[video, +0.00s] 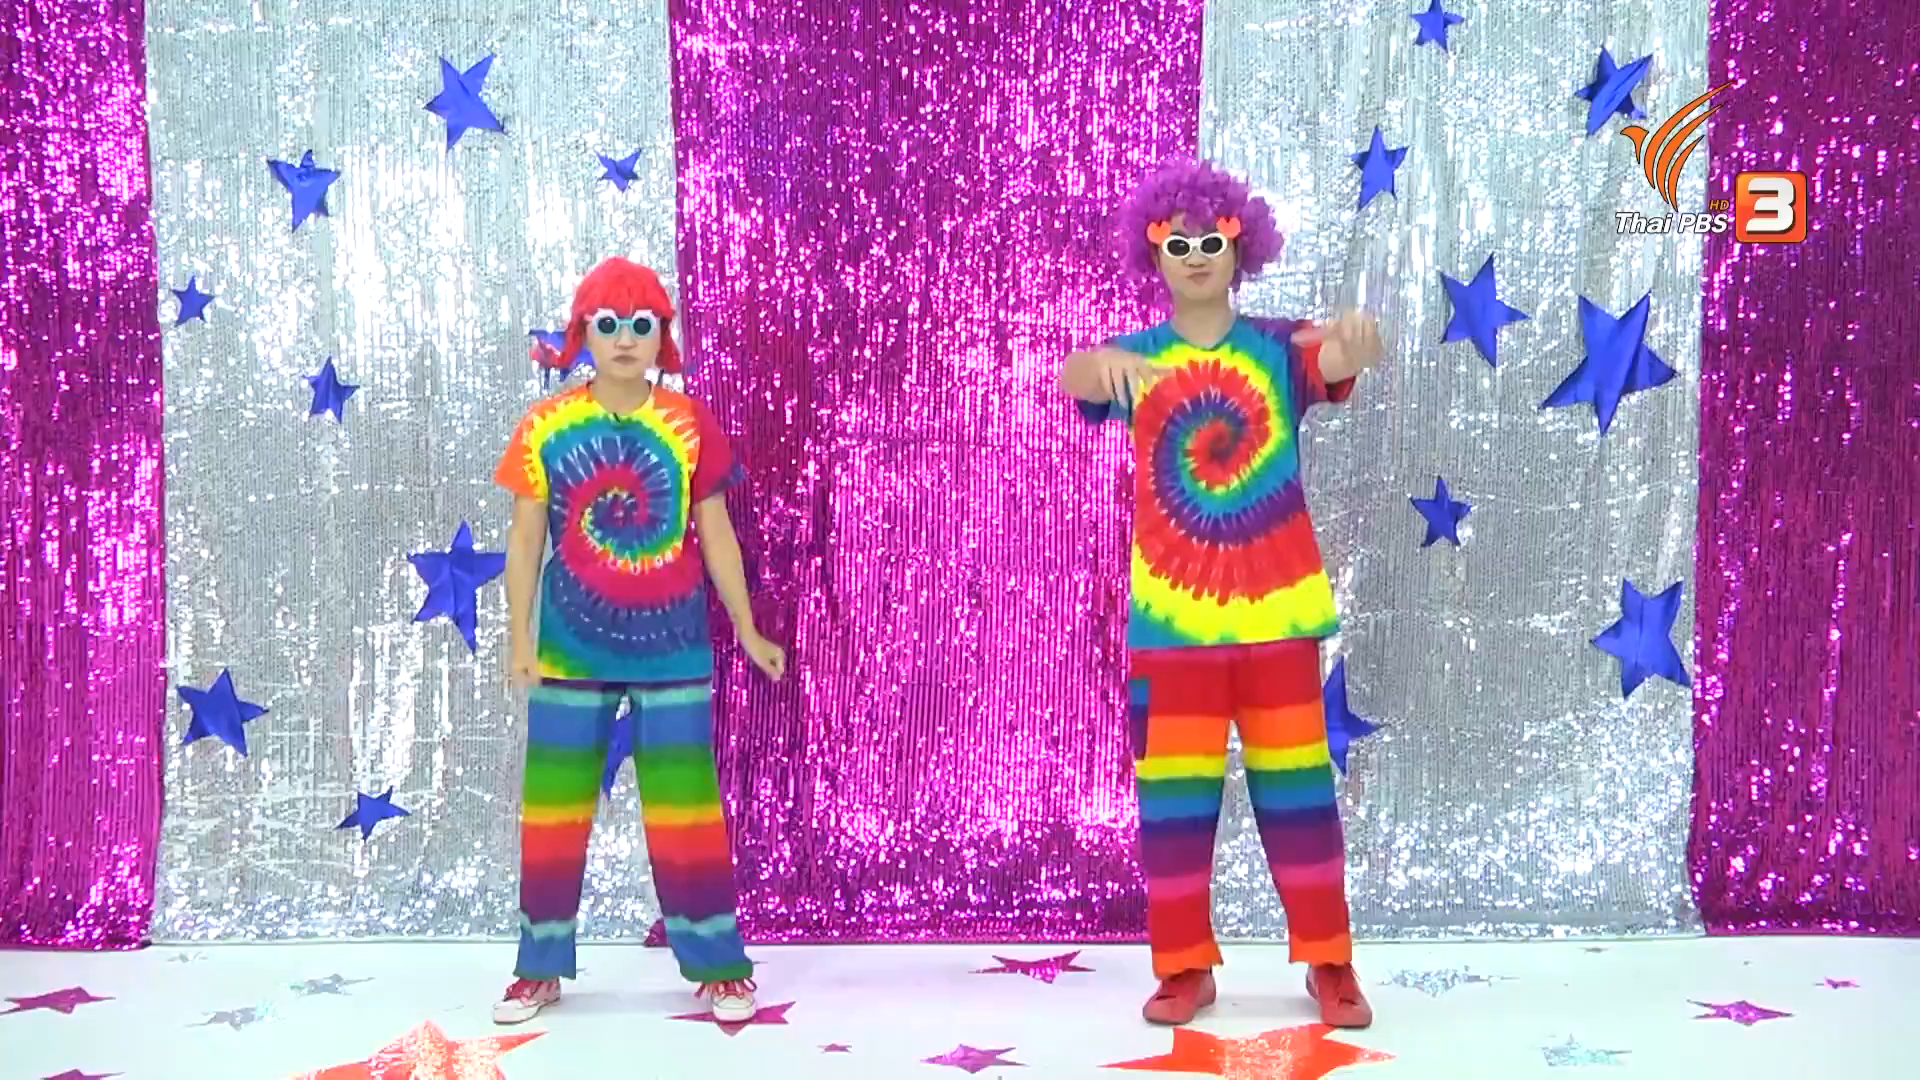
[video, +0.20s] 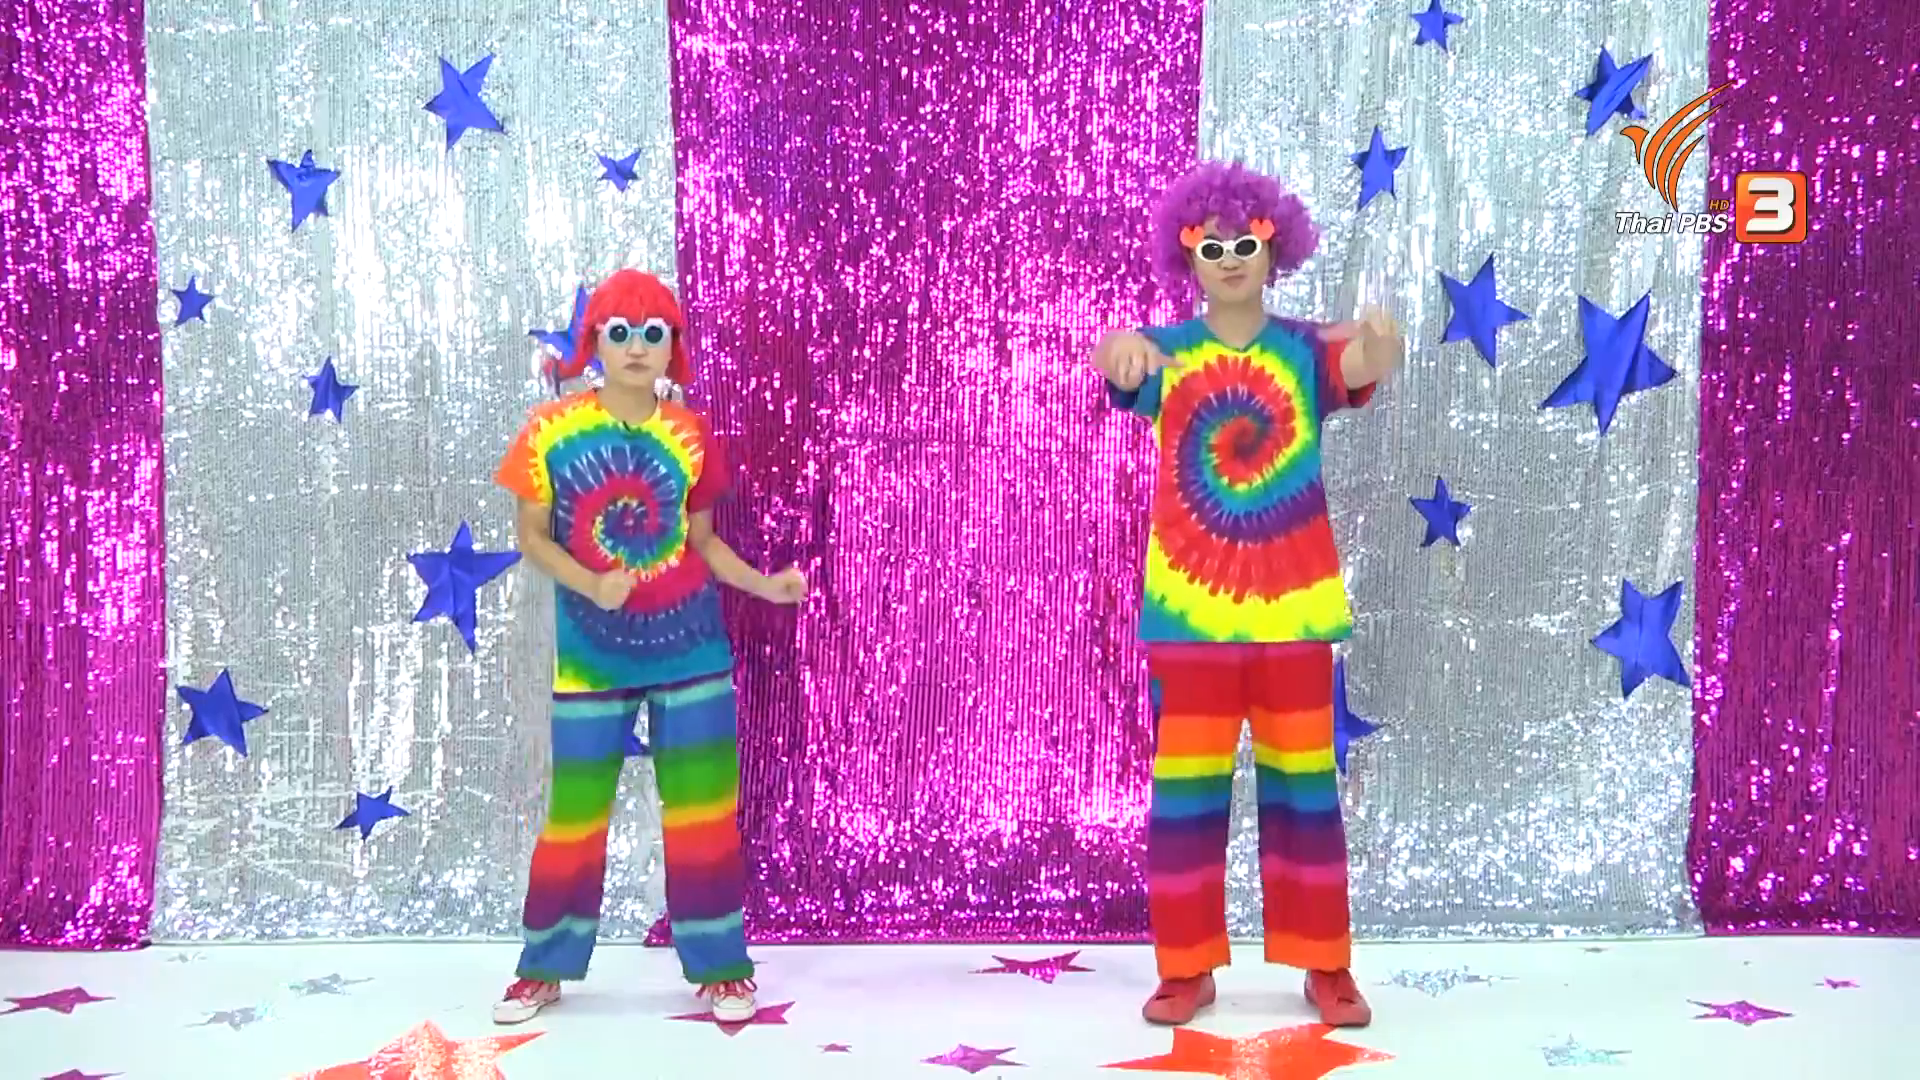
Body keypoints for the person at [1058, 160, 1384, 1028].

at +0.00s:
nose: (1196, 251)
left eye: (1212, 236)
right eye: (1178, 239)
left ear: (1240, 253)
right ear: (1155, 261)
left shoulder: (1279, 345)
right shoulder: (1139, 354)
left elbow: (1343, 362)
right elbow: (1079, 379)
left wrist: (1354, 328)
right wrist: (1093, 368)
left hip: (1280, 609)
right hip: (1173, 616)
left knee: (1300, 789)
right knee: (1176, 796)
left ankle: (1330, 963)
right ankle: (1184, 969)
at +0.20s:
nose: (1230, 263)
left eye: (1245, 247)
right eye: (1212, 249)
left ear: (1273, 259)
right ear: (1190, 266)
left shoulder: (1305, 347)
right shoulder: (1169, 351)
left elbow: (1359, 370)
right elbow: (1128, 366)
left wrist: (1380, 331)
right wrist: (1122, 352)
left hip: (1296, 607)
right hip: (1191, 610)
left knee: (1307, 787)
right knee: (1187, 790)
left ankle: (1327, 967)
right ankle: (1185, 970)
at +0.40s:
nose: (1271, 280)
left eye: (1288, 265)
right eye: (1254, 267)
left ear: (1316, 278)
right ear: (1233, 283)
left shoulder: (1344, 375)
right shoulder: (1204, 360)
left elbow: (1395, 415)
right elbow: (1157, 397)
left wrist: (1398, 439)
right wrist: (1176, 436)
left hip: (1318, 627)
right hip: (1214, 627)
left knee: (1323, 801)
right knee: (1187, 802)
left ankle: (1330, 971)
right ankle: (1186, 967)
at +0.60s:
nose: (1284, 249)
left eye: (1302, 235)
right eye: (1266, 236)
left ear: (1331, 257)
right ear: (1243, 257)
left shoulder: (1350, 357)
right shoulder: (1210, 339)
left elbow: (1392, 389)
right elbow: (1161, 354)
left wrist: (1399, 344)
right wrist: (1157, 355)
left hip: (1320, 622)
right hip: (1215, 619)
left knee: (1327, 803)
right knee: (1194, 800)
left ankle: (1336, 979)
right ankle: (1185, 976)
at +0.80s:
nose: (1255, 239)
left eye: (1274, 225)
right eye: (1238, 226)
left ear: (1303, 249)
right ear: (1217, 246)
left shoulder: (1331, 349)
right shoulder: (1186, 341)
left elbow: (1387, 332)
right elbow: (1138, 335)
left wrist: (1368, 281)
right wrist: (1123, 307)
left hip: (1313, 613)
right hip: (1204, 614)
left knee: (1328, 802)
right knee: (1199, 803)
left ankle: (1347, 992)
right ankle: (1194, 994)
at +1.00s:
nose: (1220, 268)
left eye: (1239, 252)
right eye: (1202, 253)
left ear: (1270, 266)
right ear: (1179, 272)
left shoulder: (1310, 353)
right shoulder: (1161, 370)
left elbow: (1365, 371)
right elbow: (1117, 405)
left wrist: (1352, 380)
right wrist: (1105, 418)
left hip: (1314, 644)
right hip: (1200, 649)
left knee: (1337, 826)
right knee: (1192, 835)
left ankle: (1363, 1006)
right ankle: (1206, 1009)